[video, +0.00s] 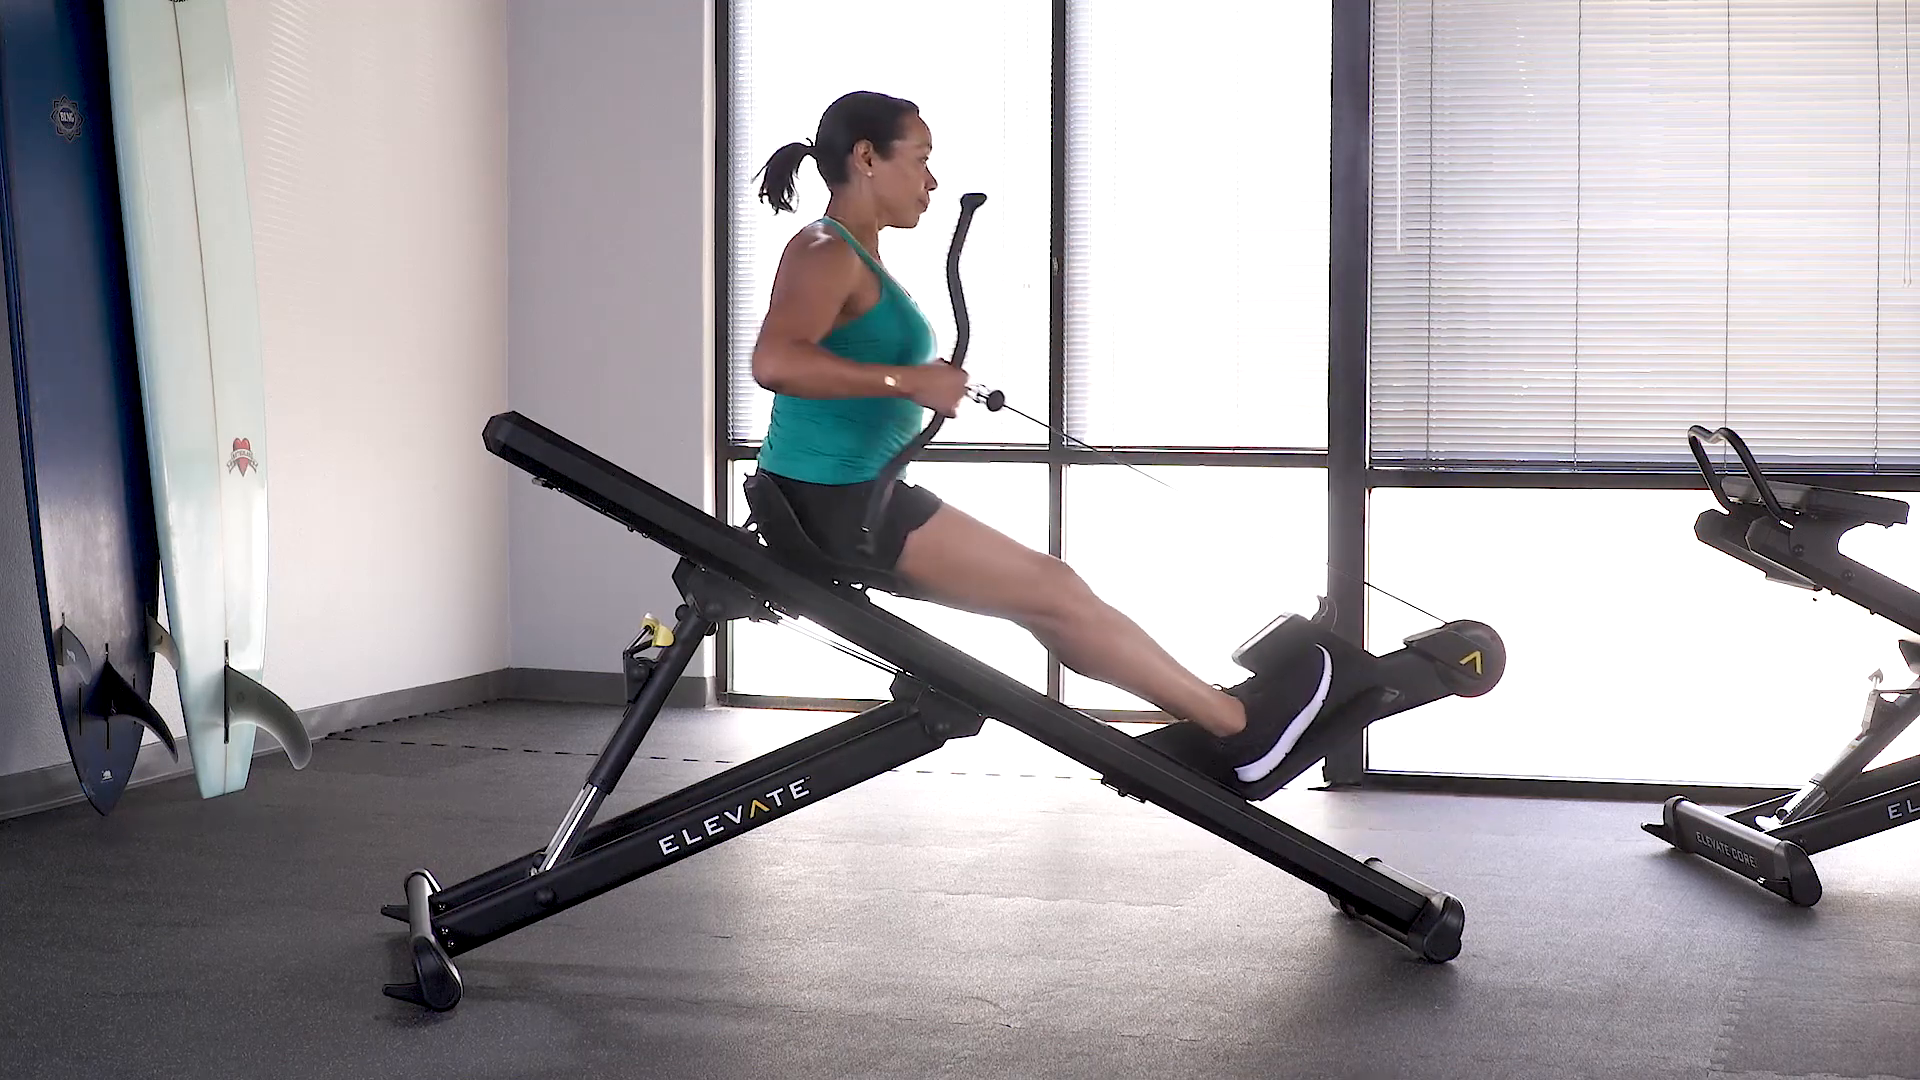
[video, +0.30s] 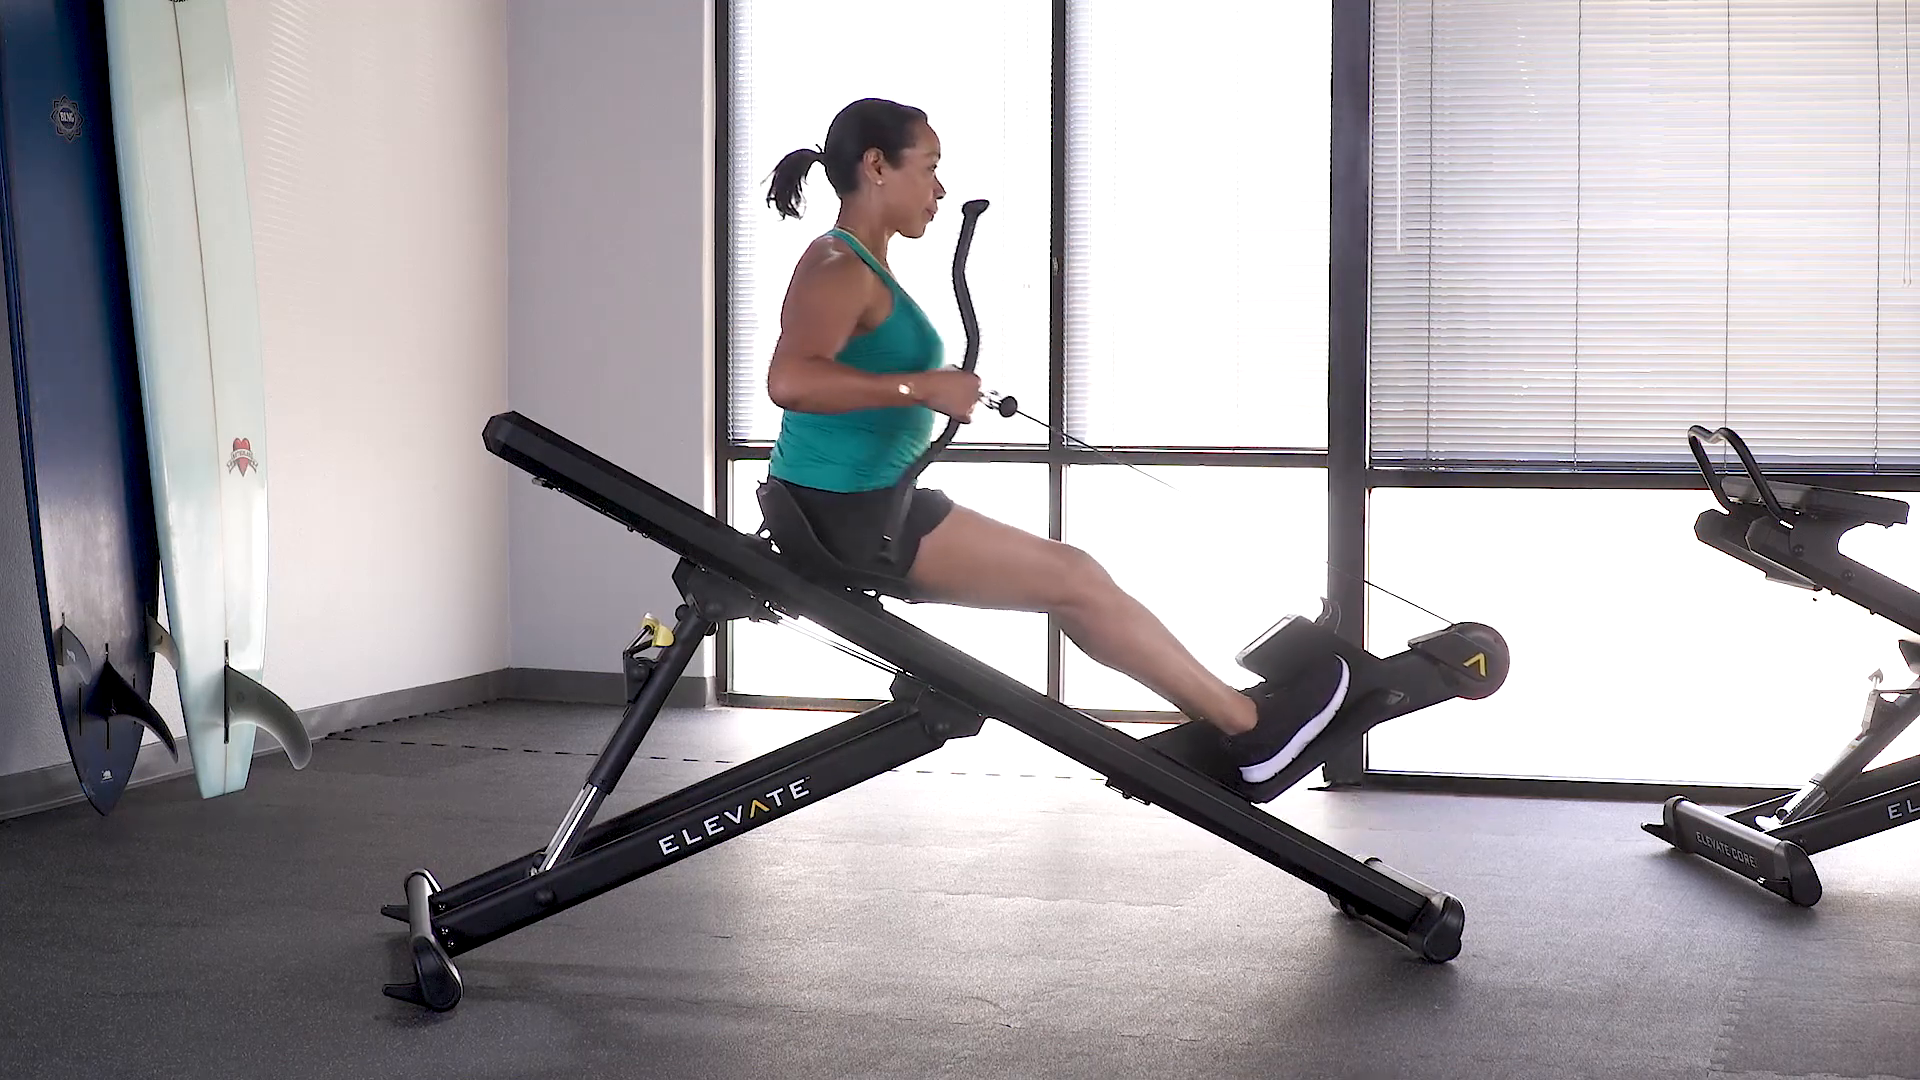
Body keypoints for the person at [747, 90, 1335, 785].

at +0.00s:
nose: (930, 178)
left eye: (928, 161)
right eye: (919, 159)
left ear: (869, 165)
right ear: (864, 162)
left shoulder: (852, 253)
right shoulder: (823, 252)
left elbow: (810, 361)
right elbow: (773, 361)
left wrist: (916, 379)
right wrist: (904, 382)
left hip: (851, 491)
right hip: (830, 499)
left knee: (1052, 588)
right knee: (1051, 592)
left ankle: (1225, 716)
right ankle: (1232, 721)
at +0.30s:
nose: (937, 189)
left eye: (935, 171)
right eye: (927, 170)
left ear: (877, 173)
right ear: (874, 171)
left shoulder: (862, 261)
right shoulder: (835, 266)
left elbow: (822, 377)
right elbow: (790, 380)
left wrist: (929, 388)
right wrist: (919, 387)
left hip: (862, 500)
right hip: (840, 511)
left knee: (1073, 578)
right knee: (1076, 578)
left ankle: (1232, 712)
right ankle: (1242, 721)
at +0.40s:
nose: (970, 203)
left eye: (967, 185)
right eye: (958, 184)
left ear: (909, 190)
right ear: (905, 187)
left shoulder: (898, 285)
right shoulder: (874, 283)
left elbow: (887, 409)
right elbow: (867, 408)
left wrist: (996, 422)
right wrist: (993, 418)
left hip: (885, 522)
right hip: (872, 527)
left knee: (1106, 577)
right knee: (1109, 573)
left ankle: (1257, 722)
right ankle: (1269, 730)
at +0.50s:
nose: (1016, 219)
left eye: (1010, 201)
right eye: (1002, 202)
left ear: (951, 212)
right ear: (950, 209)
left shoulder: (933, 304)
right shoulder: (933, 311)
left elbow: (965, 438)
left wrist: (1069, 455)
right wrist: (1081, 457)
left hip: (915, 541)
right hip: (917, 550)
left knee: (1146, 575)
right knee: (1154, 569)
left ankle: (1270, 727)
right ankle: (1295, 741)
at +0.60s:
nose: (1065, 245)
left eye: (1061, 228)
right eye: (1053, 228)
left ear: (996, 237)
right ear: (999, 234)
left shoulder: (957, 326)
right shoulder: (998, 338)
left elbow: (915, 451)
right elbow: (1062, 470)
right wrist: (1174, 490)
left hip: (929, 568)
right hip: (969, 576)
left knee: (1176, 571)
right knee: (1186, 564)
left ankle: (1290, 738)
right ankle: (1318, 747)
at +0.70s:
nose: (1115, 266)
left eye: (1109, 248)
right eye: (1100, 249)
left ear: (1046, 262)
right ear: (1050, 261)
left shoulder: (1001, 349)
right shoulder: (1064, 367)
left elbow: (947, 465)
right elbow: (1161, 497)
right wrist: (1267, 524)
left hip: (962, 589)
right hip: (1018, 601)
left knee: (1219, 572)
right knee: (1239, 568)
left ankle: (1309, 752)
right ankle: (1345, 762)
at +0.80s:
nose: (1163, 290)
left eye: (1156, 273)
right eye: (1149, 274)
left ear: (1091, 287)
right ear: (1099, 286)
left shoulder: (1040, 377)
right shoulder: (1133, 397)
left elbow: (980, 487)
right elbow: (1241, 518)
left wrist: (1053, 547)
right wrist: (1340, 555)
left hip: (992, 609)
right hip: (1062, 624)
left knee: (1247, 568)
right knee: (1278, 578)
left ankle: (1322, 751)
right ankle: (1361, 763)